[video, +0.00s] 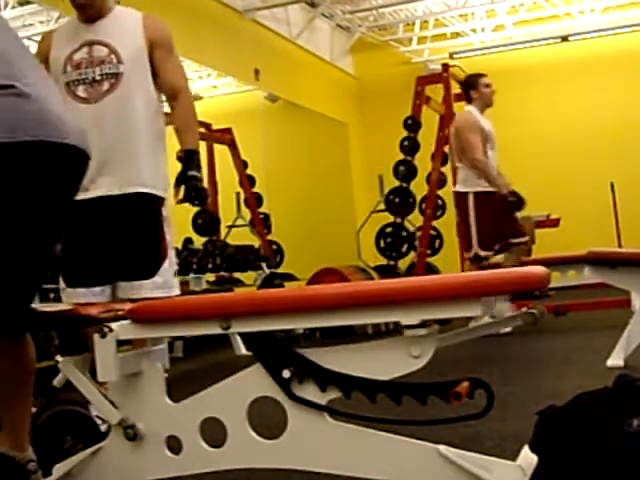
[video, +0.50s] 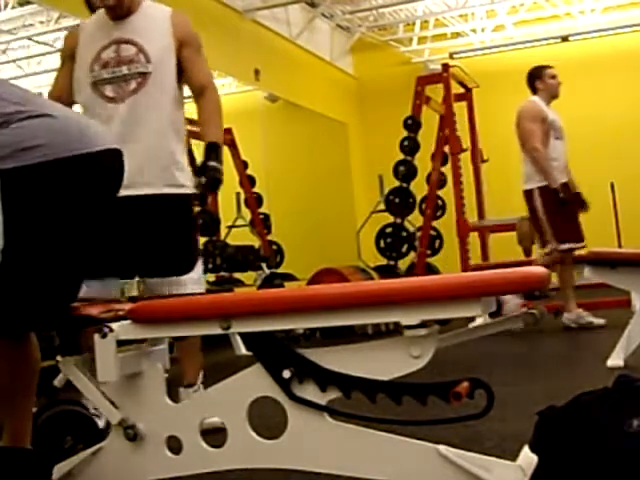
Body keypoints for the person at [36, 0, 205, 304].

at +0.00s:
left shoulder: (148, 30)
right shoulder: (51, 43)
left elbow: (179, 95)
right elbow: (38, 115)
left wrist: (191, 165)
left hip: (139, 186)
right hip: (76, 190)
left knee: (148, 304)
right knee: (84, 305)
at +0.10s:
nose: (76, 0)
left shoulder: (143, 26)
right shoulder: (47, 44)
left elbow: (178, 92)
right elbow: (35, 116)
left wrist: (190, 160)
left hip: (139, 185)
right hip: (75, 190)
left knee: (149, 302)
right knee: (84, 303)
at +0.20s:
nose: (73, 4)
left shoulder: (145, 26)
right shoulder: (46, 46)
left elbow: (180, 88)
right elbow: (40, 117)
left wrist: (189, 152)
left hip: (142, 183)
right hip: (78, 188)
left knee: (152, 294)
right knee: (87, 298)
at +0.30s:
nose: (86, 5)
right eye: (78, 1)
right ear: (67, 0)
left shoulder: (147, 24)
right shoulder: (52, 44)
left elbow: (183, 88)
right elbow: (42, 113)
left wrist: (191, 151)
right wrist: (41, 172)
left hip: (146, 183)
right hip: (83, 189)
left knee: (162, 291)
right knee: (91, 298)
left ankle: (175, 378)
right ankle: (96, 386)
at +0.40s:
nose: (102, 1)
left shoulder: (162, 28)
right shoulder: (65, 40)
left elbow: (194, 92)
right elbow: (46, 111)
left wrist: (203, 158)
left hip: (155, 187)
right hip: (90, 193)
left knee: (177, 301)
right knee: (96, 306)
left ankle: (190, 394)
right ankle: (105, 401)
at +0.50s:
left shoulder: (174, 25)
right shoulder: (78, 38)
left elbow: (205, 91)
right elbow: (55, 105)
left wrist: (212, 158)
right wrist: (35, 157)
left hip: (167, 184)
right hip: (99, 189)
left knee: (183, 304)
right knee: (94, 304)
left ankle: (191, 398)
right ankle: (95, 401)